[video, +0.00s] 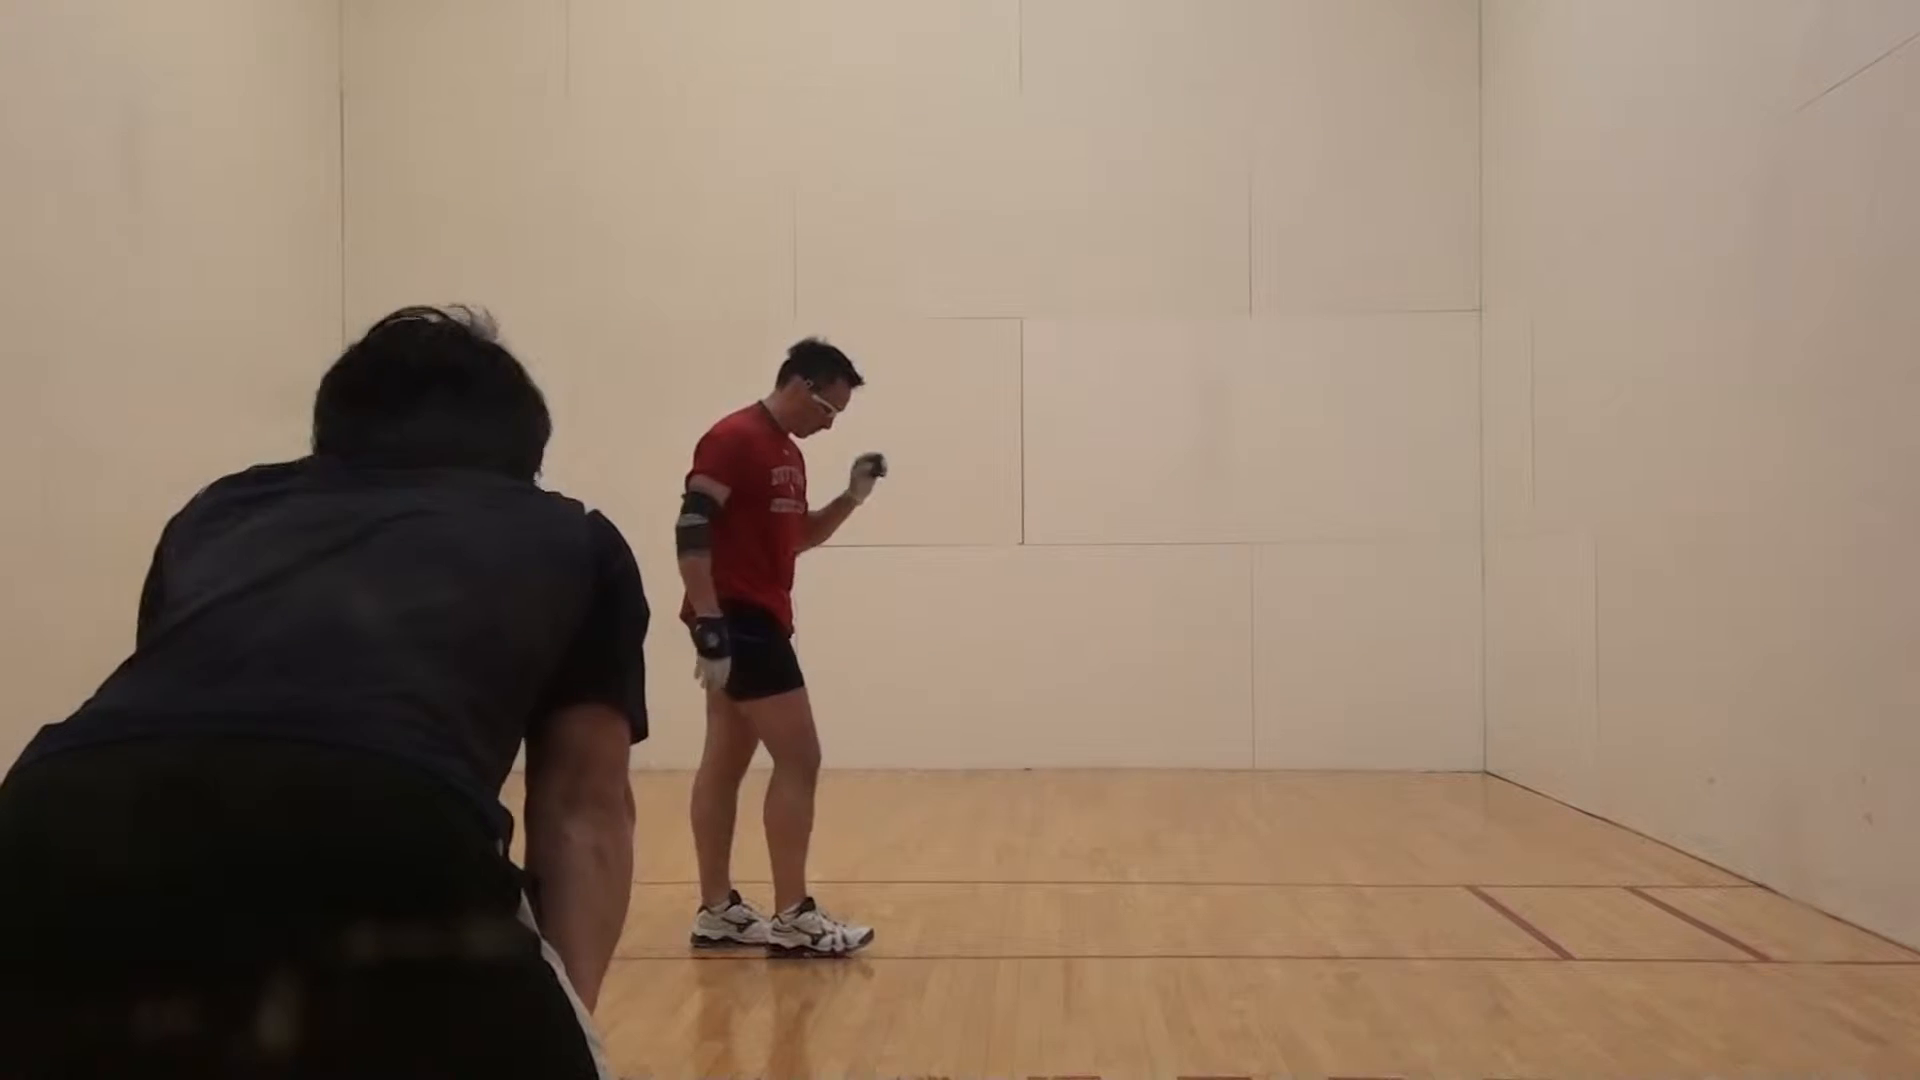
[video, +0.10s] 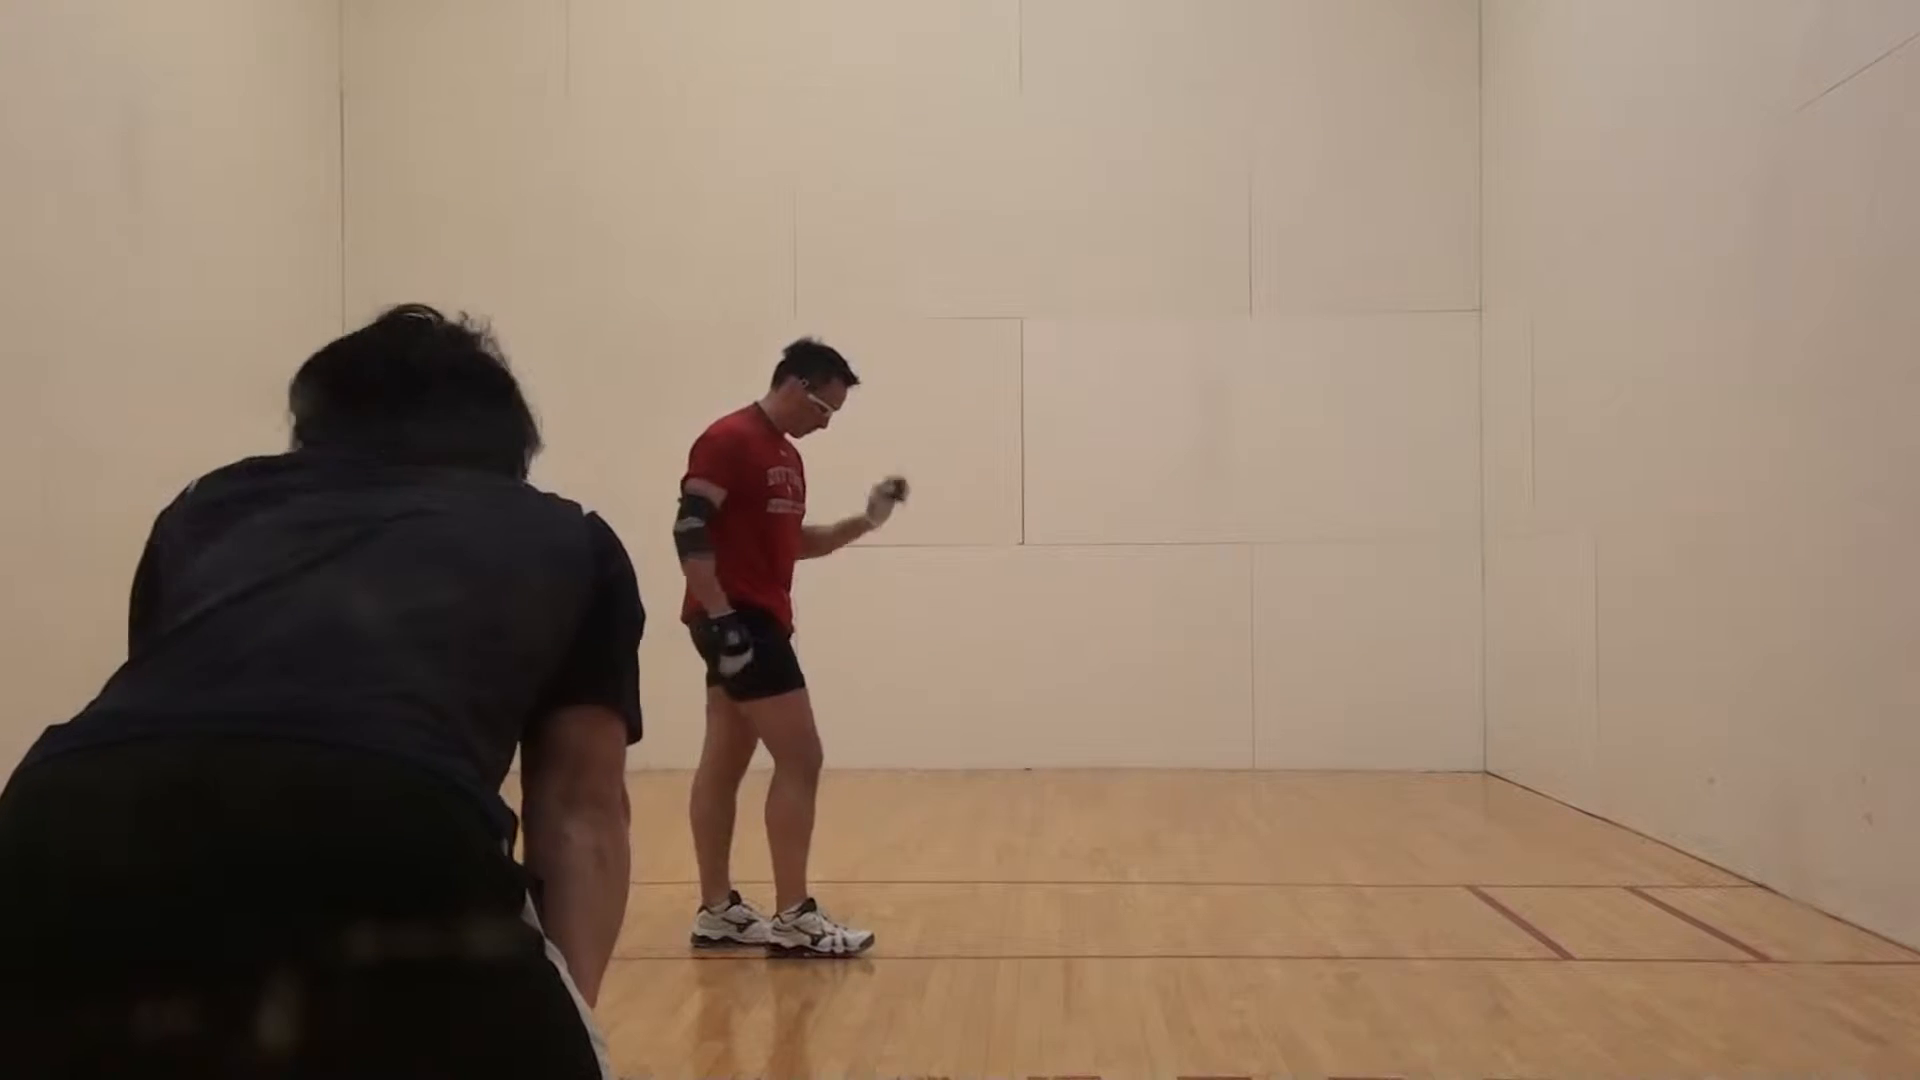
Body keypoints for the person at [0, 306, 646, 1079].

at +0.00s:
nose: (545, 480)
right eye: (535, 462)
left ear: (332, 439)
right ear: (517, 453)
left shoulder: (216, 506)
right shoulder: (573, 538)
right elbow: (584, 803)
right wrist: (560, 1026)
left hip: (66, 834)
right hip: (387, 849)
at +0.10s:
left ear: (315, 437)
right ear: (505, 445)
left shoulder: (203, 503)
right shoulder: (569, 539)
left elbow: (157, 715)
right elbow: (582, 806)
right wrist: (563, 1021)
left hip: (72, 834)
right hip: (393, 845)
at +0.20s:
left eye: (279, 425)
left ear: (302, 434)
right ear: (491, 446)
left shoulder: (194, 495)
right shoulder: (562, 538)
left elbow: (144, 709)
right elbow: (578, 808)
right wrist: (563, 1019)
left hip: (82, 833)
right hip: (401, 845)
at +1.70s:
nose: (254, 434)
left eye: (266, 416)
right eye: (258, 416)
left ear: (309, 412)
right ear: (465, 429)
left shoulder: (192, 470)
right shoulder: (563, 526)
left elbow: (128, 707)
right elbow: (582, 803)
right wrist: (568, 1023)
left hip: (75, 855)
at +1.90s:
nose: (534, 464)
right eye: (528, 446)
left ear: (306, 415)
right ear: (503, 431)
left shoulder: (190, 492)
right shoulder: (562, 524)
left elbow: (140, 709)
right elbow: (583, 795)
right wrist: (568, 1015)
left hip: (70, 851)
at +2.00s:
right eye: (513, 420)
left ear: (321, 413)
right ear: (496, 417)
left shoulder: (201, 502)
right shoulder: (564, 525)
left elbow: (148, 712)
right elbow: (586, 796)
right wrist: (565, 1018)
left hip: (63, 852)